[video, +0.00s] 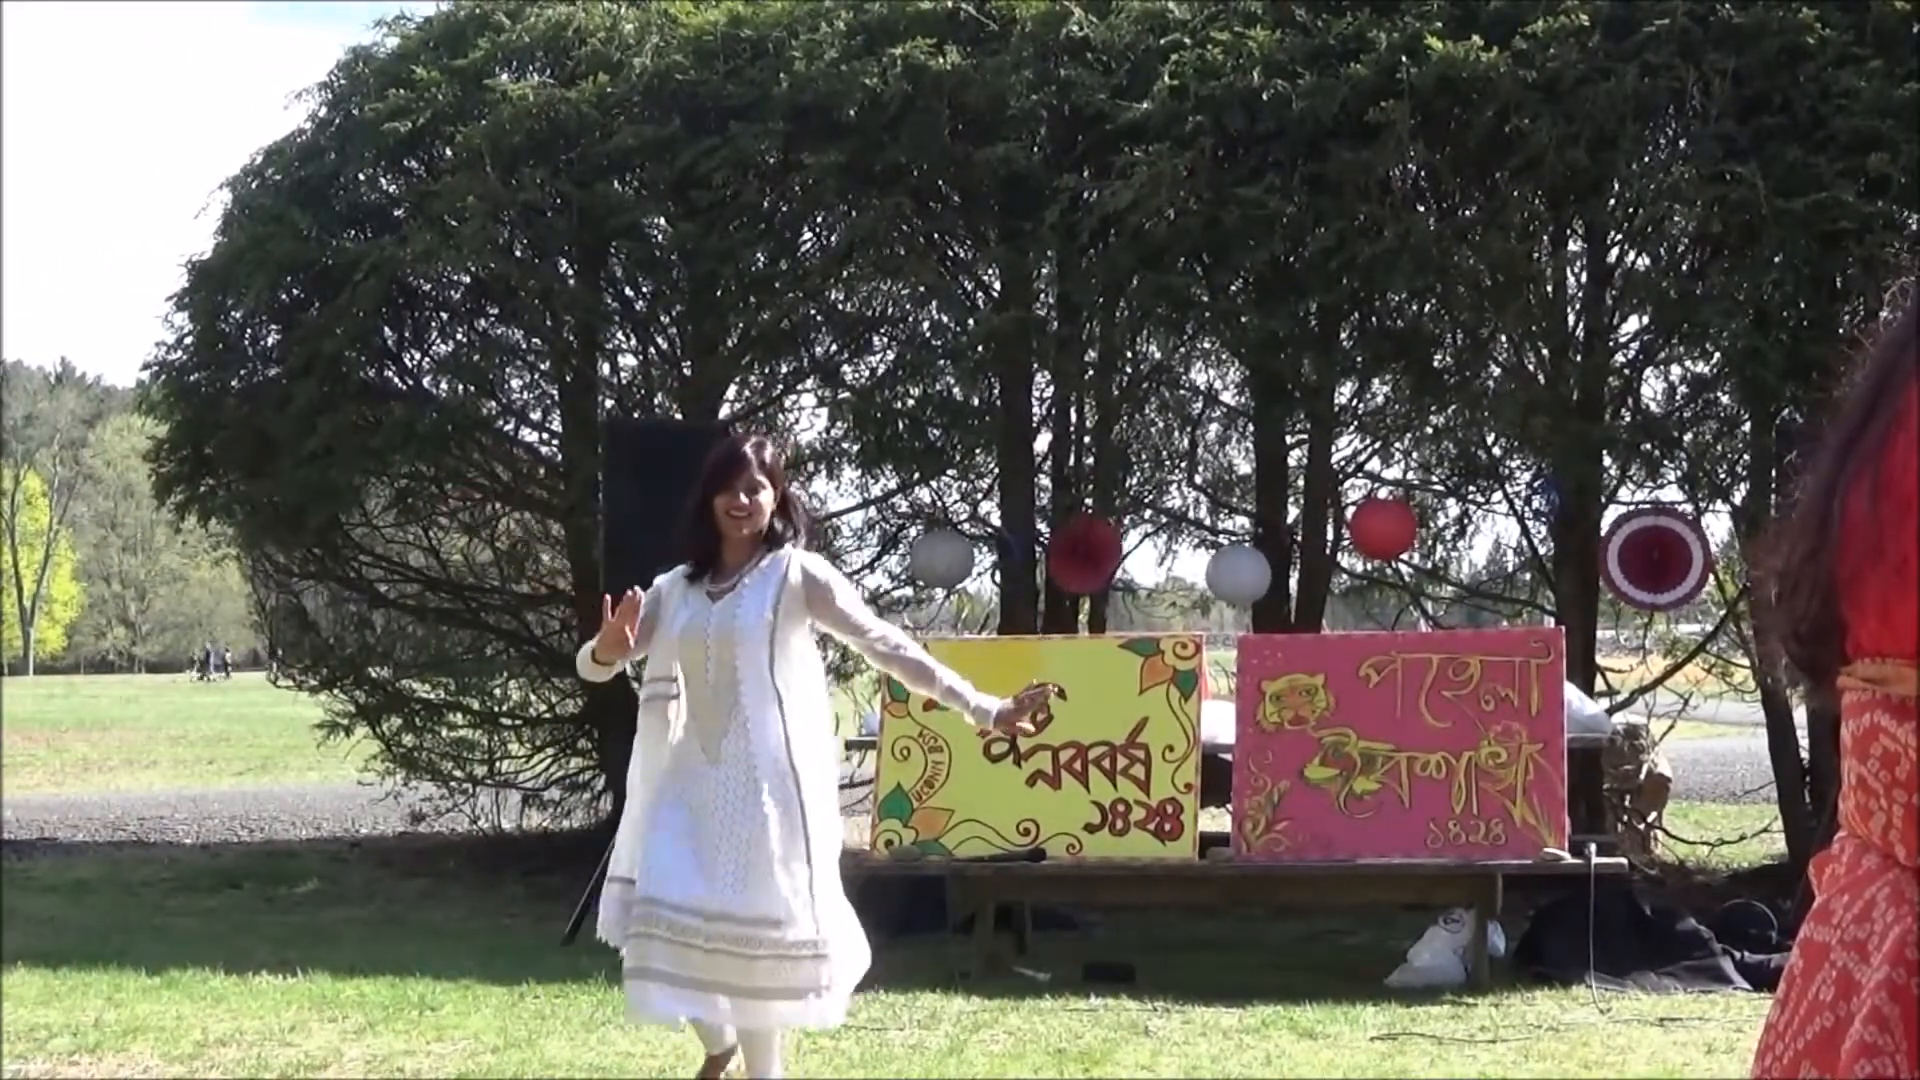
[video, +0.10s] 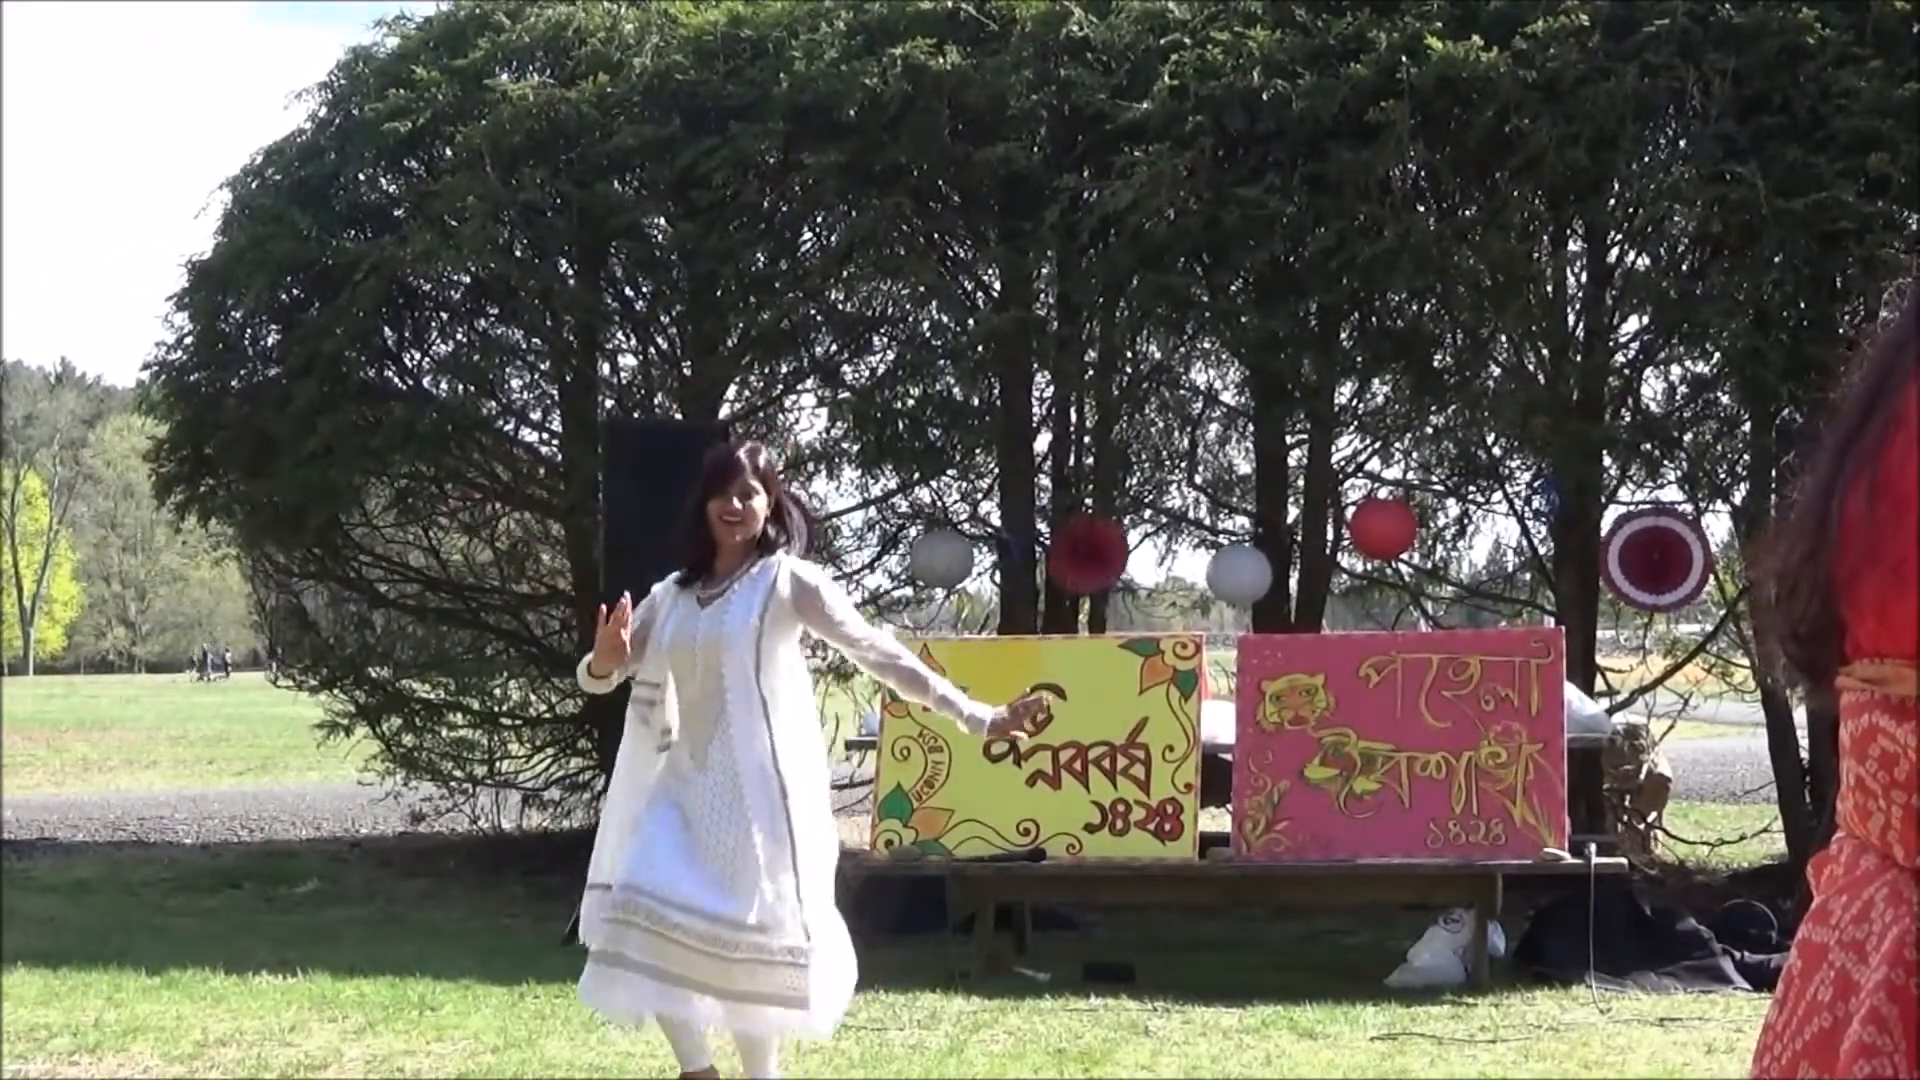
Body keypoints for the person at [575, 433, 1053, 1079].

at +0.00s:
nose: (742, 501)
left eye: (756, 489)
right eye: (730, 488)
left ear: (777, 498)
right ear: (709, 496)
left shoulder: (796, 573)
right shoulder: (672, 589)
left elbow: (885, 644)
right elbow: (594, 670)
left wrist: (986, 707)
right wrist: (606, 647)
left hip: (764, 783)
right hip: (681, 782)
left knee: (756, 937)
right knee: (657, 919)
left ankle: (763, 1071)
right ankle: (719, 1048)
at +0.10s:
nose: (737, 506)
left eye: (751, 494)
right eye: (725, 493)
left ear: (771, 505)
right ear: (704, 501)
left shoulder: (788, 579)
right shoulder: (668, 596)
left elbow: (880, 653)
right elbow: (601, 681)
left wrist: (981, 716)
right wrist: (603, 660)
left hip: (761, 788)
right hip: (680, 784)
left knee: (752, 945)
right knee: (637, 910)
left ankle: (761, 1071)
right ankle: (697, 1070)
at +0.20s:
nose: (722, 509)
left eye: (738, 497)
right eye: (711, 496)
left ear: (761, 511)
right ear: (692, 504)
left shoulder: (779, 587)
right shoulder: (655, 599)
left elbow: (874, 662)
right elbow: (584, 691)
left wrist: (971, 727)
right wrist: (596, 666)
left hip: (753, 804)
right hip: (669, 799)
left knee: (750, 963)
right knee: (617, 919)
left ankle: (758, 1069)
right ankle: (666, 1073)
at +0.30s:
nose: (706, 506)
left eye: (723, 495)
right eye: (696, 493)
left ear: (748, 509)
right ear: (678, 503)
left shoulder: (768, 595)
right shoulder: (635, 597)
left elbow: (861, 673)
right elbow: (560, 684)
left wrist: (965, 725)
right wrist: (596, 672)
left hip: (739, 815)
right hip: (646, 809)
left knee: (750, 966)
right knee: (598, 939)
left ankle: (758, 1069)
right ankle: (646, 1072)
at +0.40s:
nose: (685, 500)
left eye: (702, 490)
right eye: (675, 487)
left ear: (726, 506)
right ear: (655, 498)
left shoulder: (745, 593)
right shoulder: (611, 591)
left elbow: (825, 676)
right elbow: (541, 684)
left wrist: (932, 693)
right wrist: (591, 662)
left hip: (722, 821)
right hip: (622, 821)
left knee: (744, 983)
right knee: (606, 980)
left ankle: (758, 1068)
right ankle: (641, 1075)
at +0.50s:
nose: (654, 492)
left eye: (672, 481)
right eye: (644, 480)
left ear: (700, 499)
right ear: (629, 493)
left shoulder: (721, 590)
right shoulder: (589, 585)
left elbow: (778, 682)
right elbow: (525, 684)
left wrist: (853, 650)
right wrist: (583, 657)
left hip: (697, 817)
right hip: (600, 818)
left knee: (723, 984)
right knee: (603, 988)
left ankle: (738, 1068)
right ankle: (637, 1076)